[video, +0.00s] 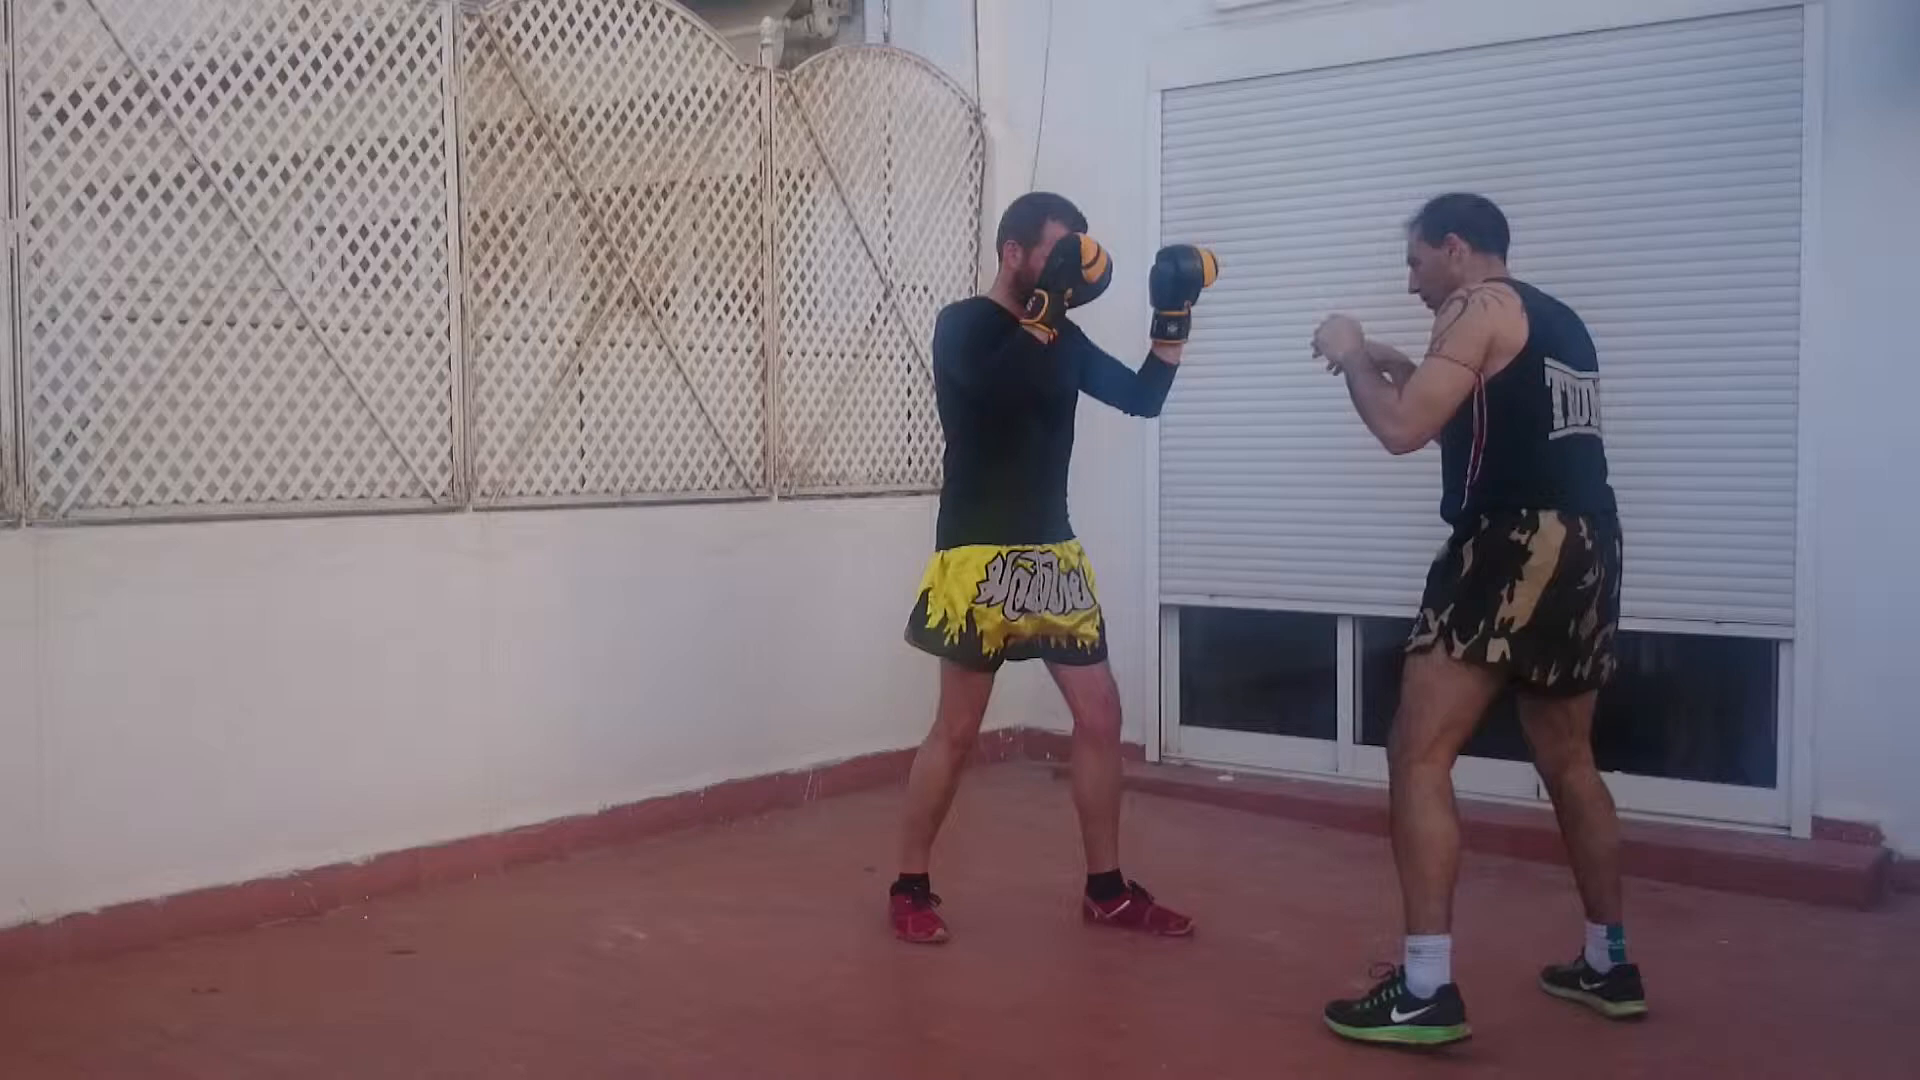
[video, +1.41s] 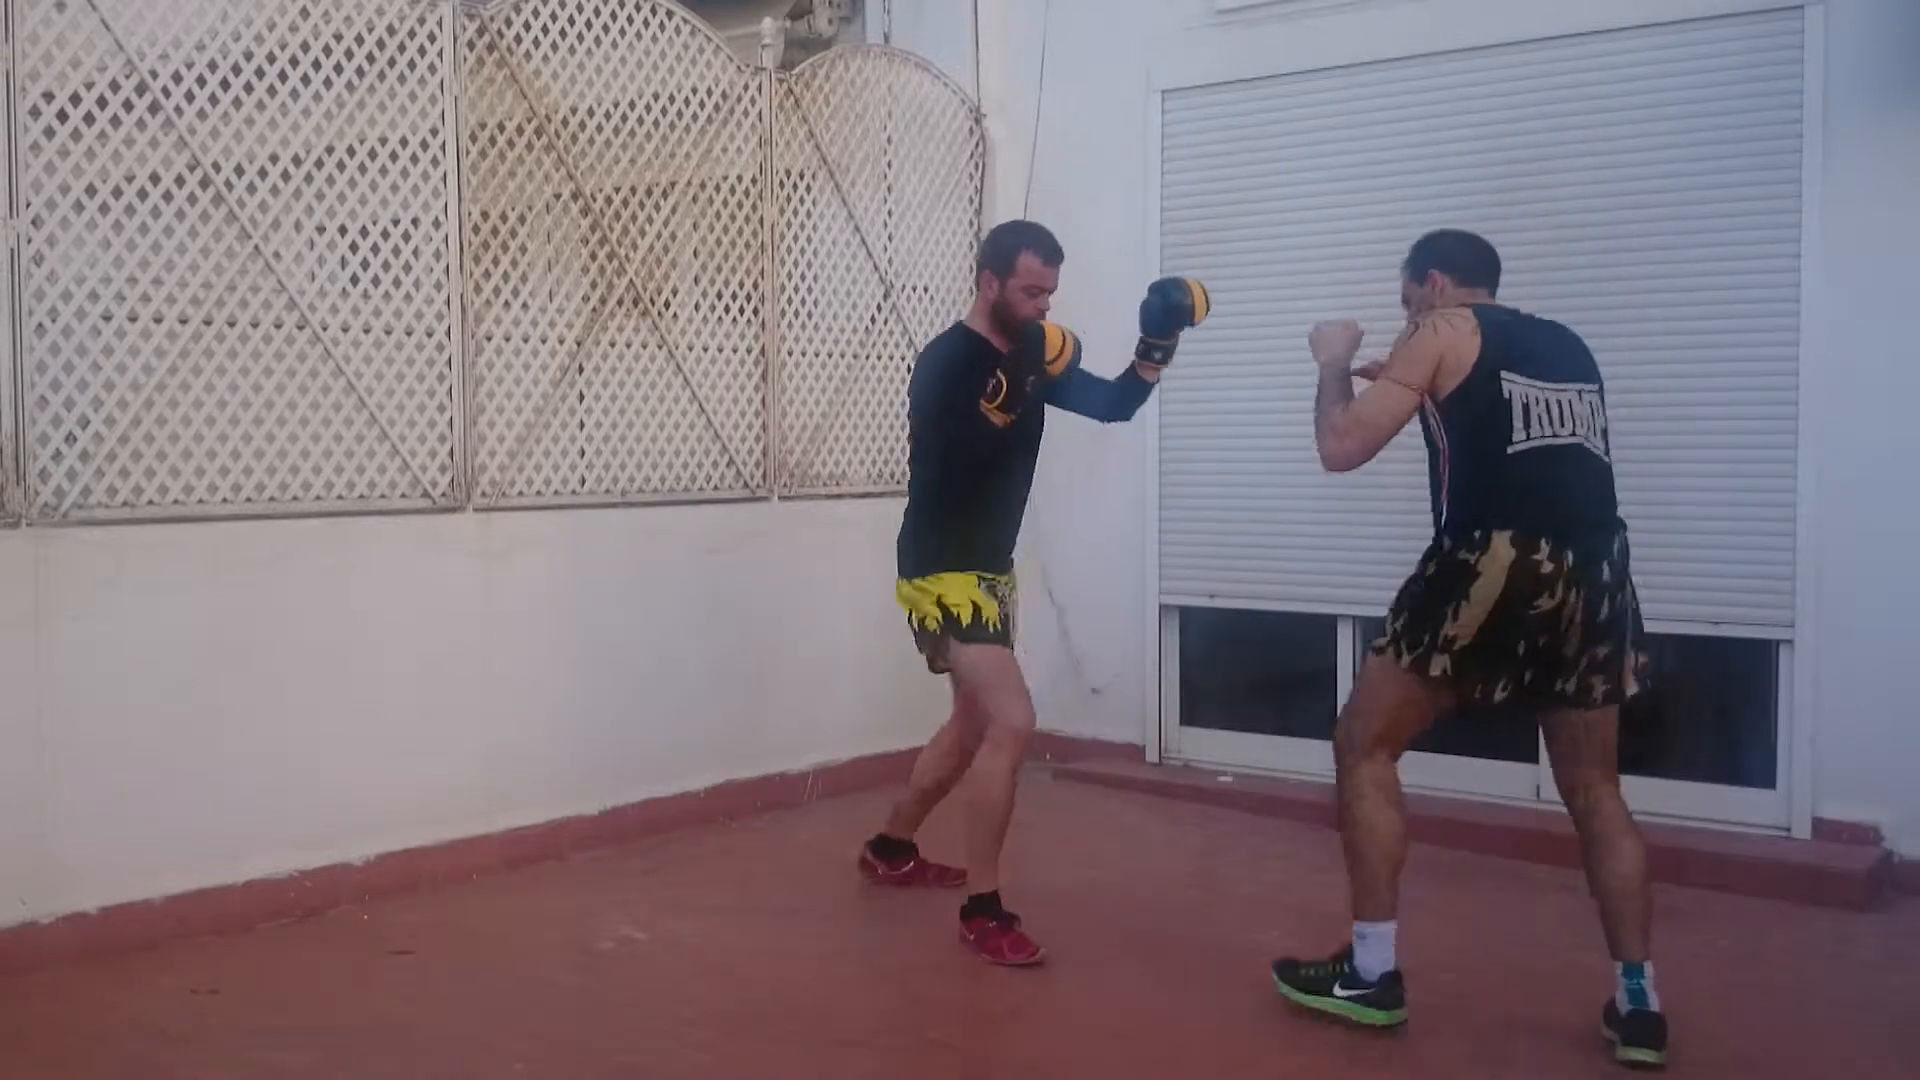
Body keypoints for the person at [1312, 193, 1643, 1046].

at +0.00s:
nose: (1414, 280)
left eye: (1417, 262)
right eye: (1411, 266)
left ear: (1458, 248)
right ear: (1487, 248)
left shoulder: (1483, 311)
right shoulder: (1564, 321)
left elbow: (1401, 426)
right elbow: (1477, 411)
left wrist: (1355, 351)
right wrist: (1390, 369)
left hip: (1509, 549)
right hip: (1585, 554)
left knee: (1420, 754)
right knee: (1569, 761)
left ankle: (1424, 987)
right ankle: (1609, 962)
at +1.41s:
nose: (1409, 316)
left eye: (1408, 303)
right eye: (1406, 306)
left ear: (1434, 285)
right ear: (1489, 285)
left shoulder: (1442, 333)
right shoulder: (1567, 346)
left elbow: (1341, 447)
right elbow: (1530, 444)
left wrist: (1331, 366)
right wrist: (1417, 378)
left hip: (1488, 573)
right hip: (1595, 588)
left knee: (1364, 745)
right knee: (1595, 791)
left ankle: (1371, 973)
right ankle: (1639, 1003)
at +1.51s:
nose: (1371, 374)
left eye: (1373, 363)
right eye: (1373, 364)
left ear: (1393, 351)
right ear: (1451, 346)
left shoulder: (1385, 393)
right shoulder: (1531, 382)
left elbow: (1279, 496)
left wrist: (1290, 428)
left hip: (1465, 589)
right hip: (1581, 591)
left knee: (1328, 753)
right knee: (1613, 794)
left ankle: (1236, 938)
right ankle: (1641, 1004)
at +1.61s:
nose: (1319, 431)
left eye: (1319, 422)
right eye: (1321, 422)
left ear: (1339, 412)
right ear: (1400, 401)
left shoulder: (1329, 456)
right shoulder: (1472, 417)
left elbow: (1218, 552)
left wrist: (1256, 497)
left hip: (1423, 615)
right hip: (1544, 604)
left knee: (1295, 769)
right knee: (1607, 794)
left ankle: (1173, 925)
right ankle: (1644, 1003)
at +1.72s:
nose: (1254, 464)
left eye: (1254, 452)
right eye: (1257, 453)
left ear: (1270, 448)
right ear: (1326, 430)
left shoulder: (1257, 489)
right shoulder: (1394, 433)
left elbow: (1167, 591)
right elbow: (1423, 515)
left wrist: (1161, 602)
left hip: (1354, 605)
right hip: (1470, 587)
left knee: (1255, 782)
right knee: (1563, 795)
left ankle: (1158, 930)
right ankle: (1640, 997)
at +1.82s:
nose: (1213, 468)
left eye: (1213, 461)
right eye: (1212, 460)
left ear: (1226, 455)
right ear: (1281, 432)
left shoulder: (1217, 494)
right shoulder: (1346, 435)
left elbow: (1146, 608)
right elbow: (1411, 525)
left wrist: (1145, 645)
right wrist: (1400, 597)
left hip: (1280, 593)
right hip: (1393, 580)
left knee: (1215, 750)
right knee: (1511, 787)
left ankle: (1149, 928)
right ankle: (1573, 1001)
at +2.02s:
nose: (1294, 310)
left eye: (1289, 301)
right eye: (1276, 300)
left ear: (1223, 345)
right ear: (1232, 326)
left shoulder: (1198, 427)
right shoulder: (1263, 350)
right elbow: (1390, 361)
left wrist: (1316, 385)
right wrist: (1318, 361)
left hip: (1220, 593)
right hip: (1294, 572)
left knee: (1252, 769)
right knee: (1405, 774)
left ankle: (1123, 922)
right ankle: (1396, 1013)